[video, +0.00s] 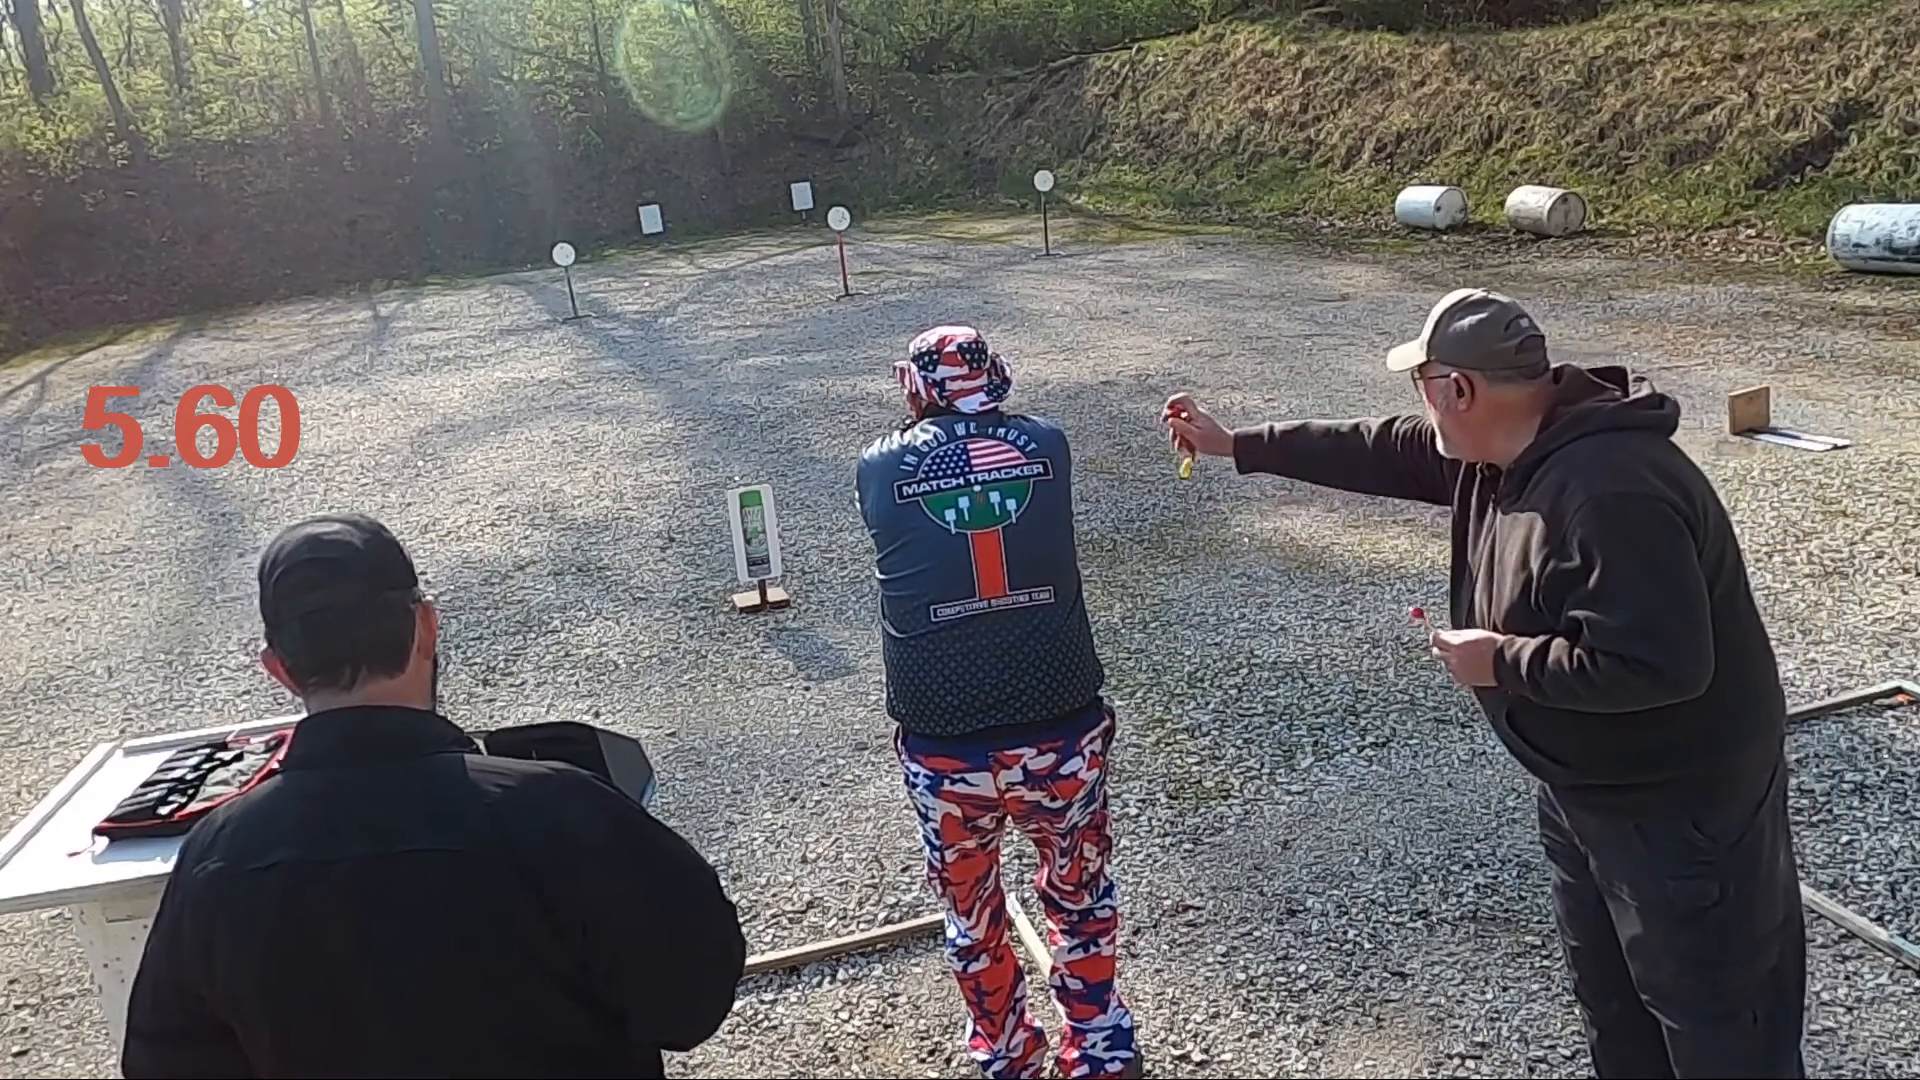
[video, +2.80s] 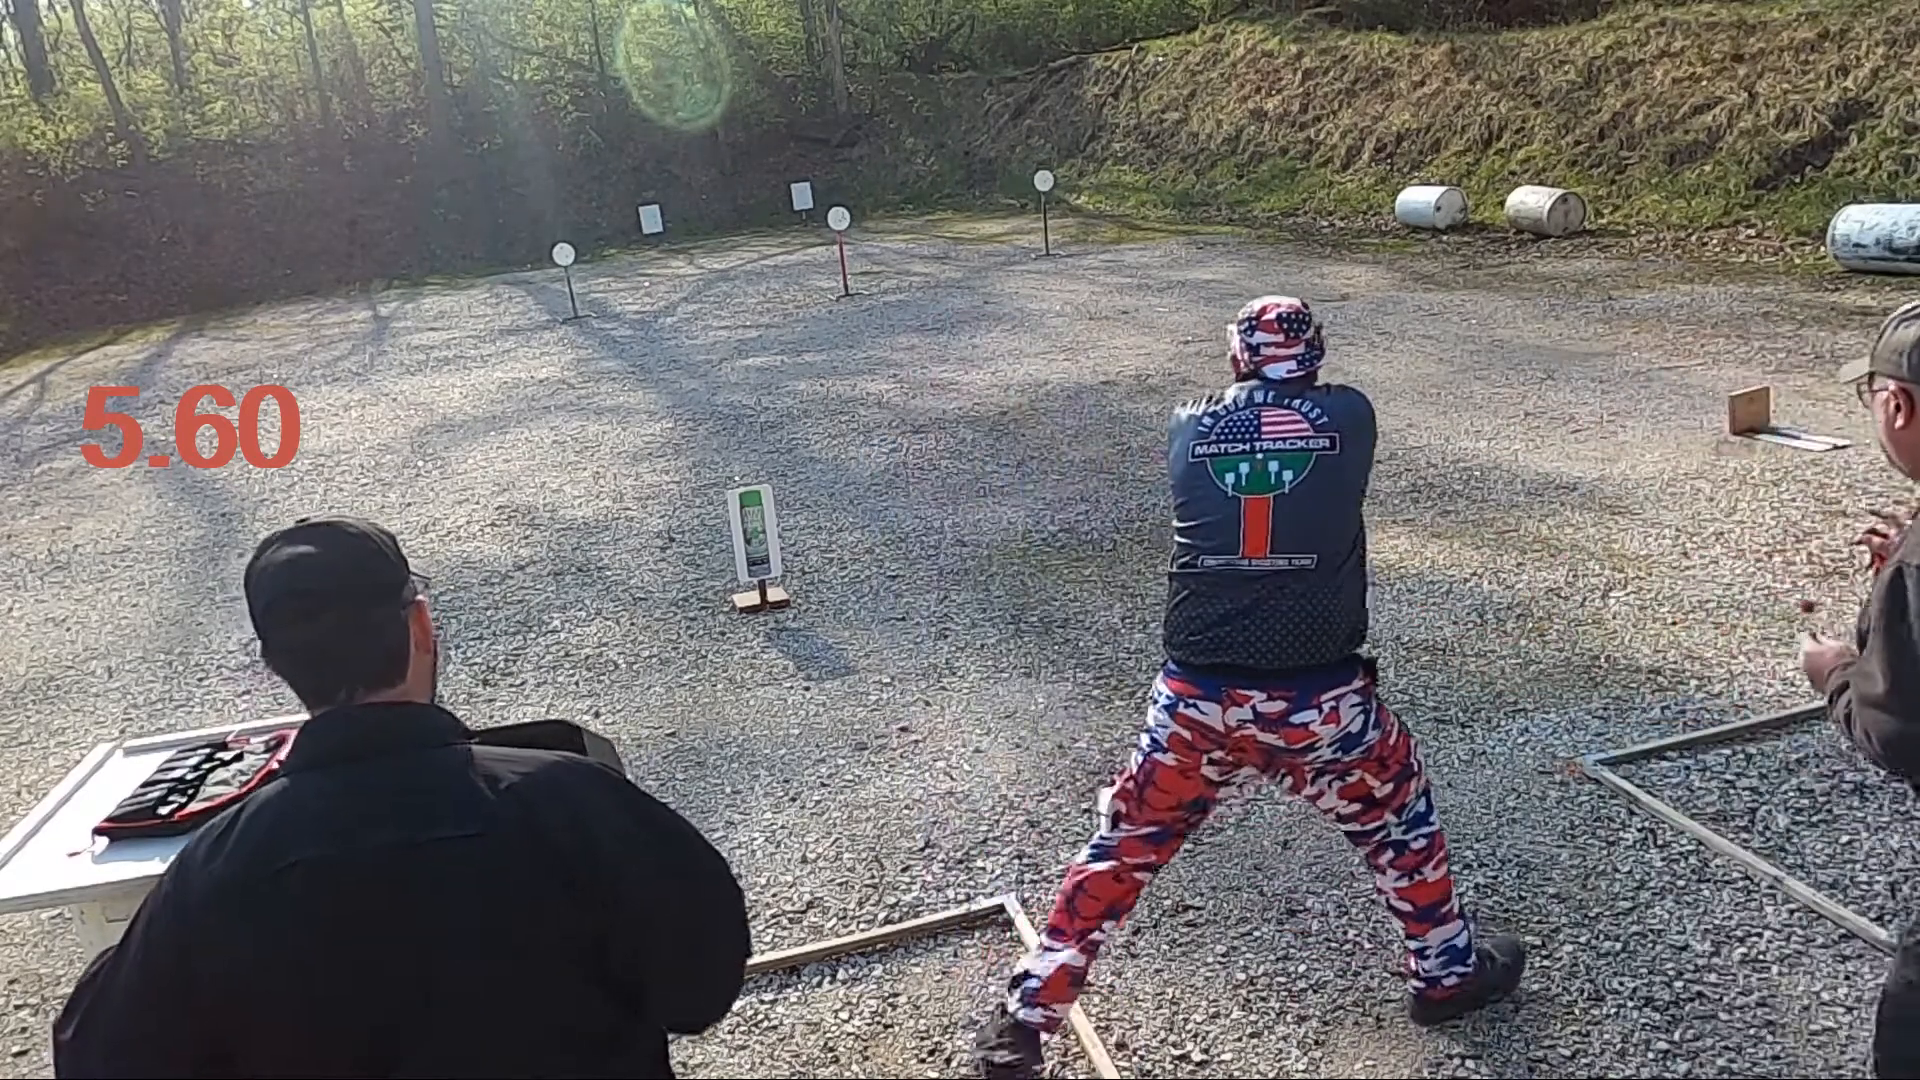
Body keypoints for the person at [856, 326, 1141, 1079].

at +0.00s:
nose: (905, 398)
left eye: (907, 389)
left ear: (916, 397)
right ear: (996, 389)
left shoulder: (878, 470)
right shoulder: (1046, 442)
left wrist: (929, 419)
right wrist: (945, 414)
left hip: (944, 748)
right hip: (1062, 734)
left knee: (972, 907)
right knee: (1080, 896)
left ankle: (1006, 1058)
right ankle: (1102, 1056)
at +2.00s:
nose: (920, 388)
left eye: (921, 379)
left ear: (927, 388)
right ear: (1004, 379)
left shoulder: (888, 458)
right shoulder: (1054, 430)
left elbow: (907, 437)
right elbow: (993, 424)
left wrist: (931, 399)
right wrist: (952, 395)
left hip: (955, 740)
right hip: (1071, 727)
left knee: (975, 901)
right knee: (1082, 891)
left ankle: (1003, 1055)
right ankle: (1099, 1052)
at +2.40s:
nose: (981, 380)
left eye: (979, 369)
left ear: (978, 378)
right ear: (1056, 368)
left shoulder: (939, 446)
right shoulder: (1101, 419)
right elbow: (1053, 419)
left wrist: (993, 396)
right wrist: (1012, 391)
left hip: (1005, 725)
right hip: (1126, 711)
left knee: (995, 892)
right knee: (1172, 847)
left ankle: (1001, 1055)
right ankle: (1176, 1025)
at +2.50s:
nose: (1077, 392)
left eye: (1015, 379)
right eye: (1081, 379)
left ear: (1010, 389)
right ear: (1088, 383)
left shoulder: (970, 460)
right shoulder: (1131, 433)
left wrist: (1032, 410)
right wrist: (1051, 406)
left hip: (1032, 736)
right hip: (1155, 721)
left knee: (1008, 887)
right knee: (1236, 844)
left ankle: (1002, 1052)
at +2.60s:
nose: (1131, 402)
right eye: (1133, 390)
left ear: (1063, 400)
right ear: (1139, 395)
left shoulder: (1019, 469)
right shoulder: (1180, 447)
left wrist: (1084, 416)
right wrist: (1095, 418)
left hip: (1063, 743)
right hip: (1190, 733)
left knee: (1028, 888)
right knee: (1293, 838)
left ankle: (1004, 1051)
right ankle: (1394, 966)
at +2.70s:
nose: (1210, 392)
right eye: (1213, 380)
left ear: (1143, 387)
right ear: (1220, 387)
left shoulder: (1097, 453)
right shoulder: (1257, 441)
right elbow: (1202, 443)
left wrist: (1161, 403)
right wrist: (1170, 404)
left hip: (1119, 733)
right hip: (1245, 731)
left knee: (1065, 880)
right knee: (1344, 826)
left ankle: (1013, 1052)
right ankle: (1434, 957)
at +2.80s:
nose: (1232, 365)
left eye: (1233, 352)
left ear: (1237, 365)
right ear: (1313, 364)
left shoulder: (1189, 428)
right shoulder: (1350, 417)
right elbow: (1294, 417)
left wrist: (1258, 383)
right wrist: (1264, 380)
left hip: (1194, 701)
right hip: (1319, 704)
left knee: (1123, 843)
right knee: (1401, 820)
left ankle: (1028, 1013)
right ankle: (1445, 968)